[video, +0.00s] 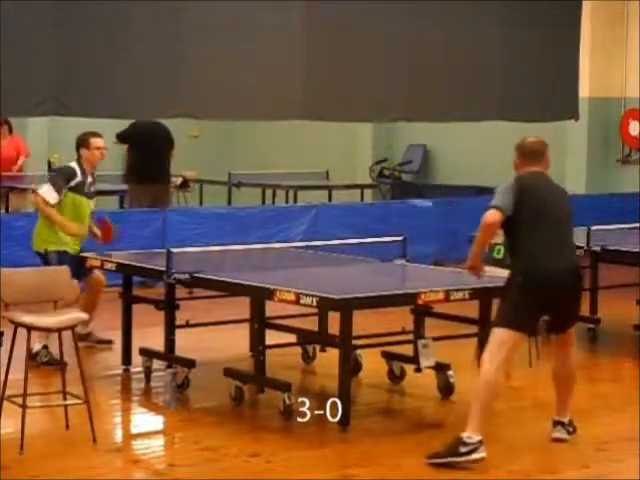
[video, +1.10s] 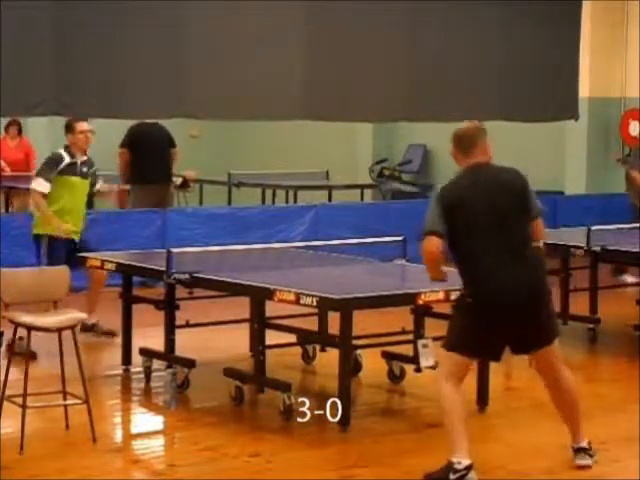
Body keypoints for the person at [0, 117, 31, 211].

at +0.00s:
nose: (3, 130)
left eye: (4, 127)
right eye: (2, 127)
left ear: (8, 128)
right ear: (0, 128)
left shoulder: (15, 140)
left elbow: (23, 153)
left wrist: (17, 166)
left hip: (13, 174)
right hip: (3, 174)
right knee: (3, 196)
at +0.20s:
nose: (4, 133)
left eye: (6, 130)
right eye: (2, 131)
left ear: (10, 131)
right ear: (1, 131)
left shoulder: (16, 142)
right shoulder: (3, 143)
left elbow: (19, 159)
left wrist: (10, 175)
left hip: (19, 177)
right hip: (6, 177)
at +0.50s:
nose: (5, 133)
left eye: (7, 130)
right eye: (4, 130)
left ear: (12, 130)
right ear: (2, 130)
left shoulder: (18, 141)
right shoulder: (4, 141)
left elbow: (17, 158)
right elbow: (3, 156)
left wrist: (5, 163)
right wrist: (4, 162)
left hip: (20, 177)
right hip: (8, 176)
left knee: (19, 205)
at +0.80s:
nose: (8, 132)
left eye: (10, 129)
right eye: (6, 129)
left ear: (15, 130)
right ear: (4, 130)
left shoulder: (22, 140)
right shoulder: (3, 141)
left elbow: (25, 156)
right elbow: (2, 156)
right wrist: (7, 159)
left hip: (19, 175)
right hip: (5, 175)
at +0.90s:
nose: (8, 132)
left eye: (11, 129)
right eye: (6, 129)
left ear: (16, 130)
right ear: (4, 130)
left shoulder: (22, 141)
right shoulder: (3, 141)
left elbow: (23, 157)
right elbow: (2, 156)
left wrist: (11, 167)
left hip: (19, 171)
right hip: (4, 170)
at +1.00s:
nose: (10, 132)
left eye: (13, 129)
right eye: (8, 129)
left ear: (17, 130)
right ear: (5, 130)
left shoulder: (23, 142)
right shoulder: (2, 141)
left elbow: (26, 159)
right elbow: (1, 158)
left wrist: (19, 171)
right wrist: (2, 171)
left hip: (18, 174)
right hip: (4, 174)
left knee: (16, 191)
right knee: (4, 191)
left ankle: (17, 213)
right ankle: (5, 212)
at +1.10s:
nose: (13, 131)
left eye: (16, 129)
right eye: (11, 129)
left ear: (19, 130)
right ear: (7, 130)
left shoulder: (25, 142)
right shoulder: (3, 141)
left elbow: (31, 157)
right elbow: (1, 158)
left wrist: (32, 170)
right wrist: (5, 168)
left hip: (22, 176)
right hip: (6, 176)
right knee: (4, 193)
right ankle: (5, 212)